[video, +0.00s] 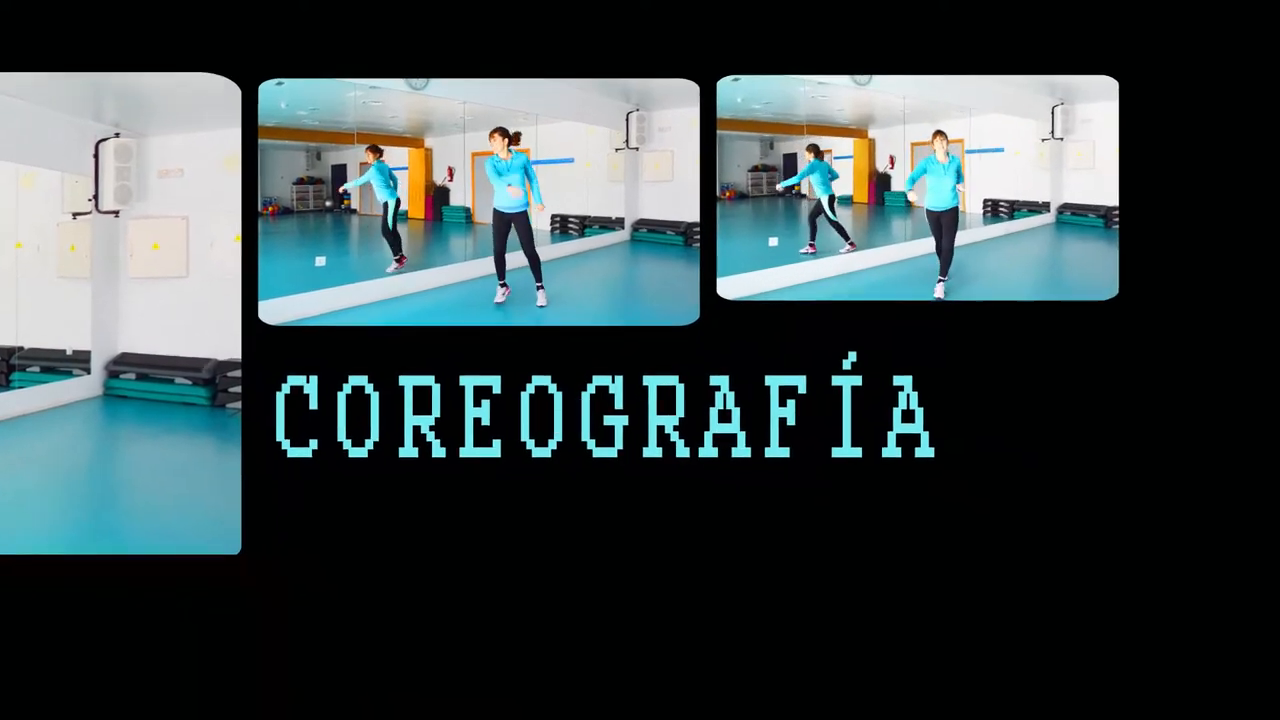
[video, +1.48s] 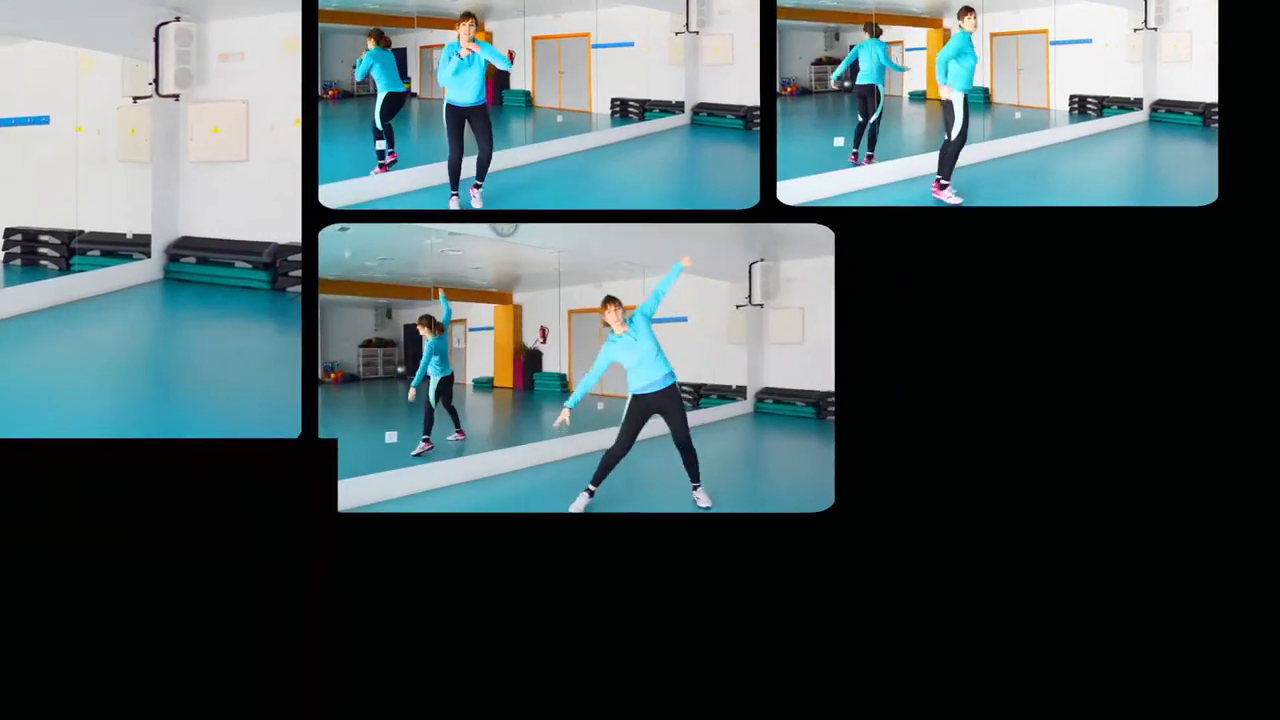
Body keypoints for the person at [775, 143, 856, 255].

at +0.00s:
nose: (806, 155)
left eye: (807, 153)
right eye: (806, 153)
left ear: (811, 153)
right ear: (816, 153)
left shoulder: (812, 165)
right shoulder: (824, 164)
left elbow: (798, 178)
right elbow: (835, 175)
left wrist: (782, 184)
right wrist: (825, 180)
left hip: (826, 196)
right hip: (825, 196)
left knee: (833, 221)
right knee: (812, 217)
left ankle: (850, 243)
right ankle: (811, 245)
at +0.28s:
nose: (813, 131)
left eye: (814, 128)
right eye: (813, 128)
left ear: (819, 128)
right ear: (824, 127)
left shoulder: (817, 142)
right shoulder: (833, 139)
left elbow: (811, 159)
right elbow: (847, 153)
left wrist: (817, 151)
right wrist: (847, 167)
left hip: (831, 174)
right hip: (836, 173)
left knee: (839, 203)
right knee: (820, 201)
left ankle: (851, 232)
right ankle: (836, 222)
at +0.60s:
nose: (824, 96)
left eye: (825, 93)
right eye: (824, 94)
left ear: (832, 93)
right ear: (833, 94)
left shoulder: (832, 107)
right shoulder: (841, 105)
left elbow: (816, 119)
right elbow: (850, 117)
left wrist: (797, 125)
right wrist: (848, 130)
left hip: (847, 139)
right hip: (851, 138)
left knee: (842, 168)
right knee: (851, 167)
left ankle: (850, 198)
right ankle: (859, 194)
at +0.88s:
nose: (838, 77)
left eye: (840, 74)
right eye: (838, 74)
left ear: (847, 75)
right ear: (839, 76)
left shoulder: (851, 87)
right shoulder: (844, 89)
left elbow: (862, 97)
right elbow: (844, 102)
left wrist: (873, 107)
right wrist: (835, 103)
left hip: (859, 123)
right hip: (851, 124)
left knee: (847, 151)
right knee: (852, 152)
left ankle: (847, 183)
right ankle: (870, 170)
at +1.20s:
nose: (870, 48)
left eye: (871, 46)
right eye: (867, 46)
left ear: (872, 49)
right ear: (860, 48)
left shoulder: (874, 63)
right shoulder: (852, 63)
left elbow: (878, 79)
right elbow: (839, 81)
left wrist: (883, 90)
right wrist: (850, 83)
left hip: (871, 100)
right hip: (857, 101)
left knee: (869, 133)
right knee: (859, 134)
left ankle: (869, 163)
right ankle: (851, 167)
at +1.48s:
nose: (863, 34)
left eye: (864, 32)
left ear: (866, 33)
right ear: (877, 32)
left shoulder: (860, 46)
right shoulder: (881, 45)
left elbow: (847, 61)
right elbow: (885, 61)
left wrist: (834, 76)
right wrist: (901, 68)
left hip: (860, 84)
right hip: (874, 84)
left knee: (862, 119)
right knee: (874, 120)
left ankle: (854, 152)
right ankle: (869, 155)